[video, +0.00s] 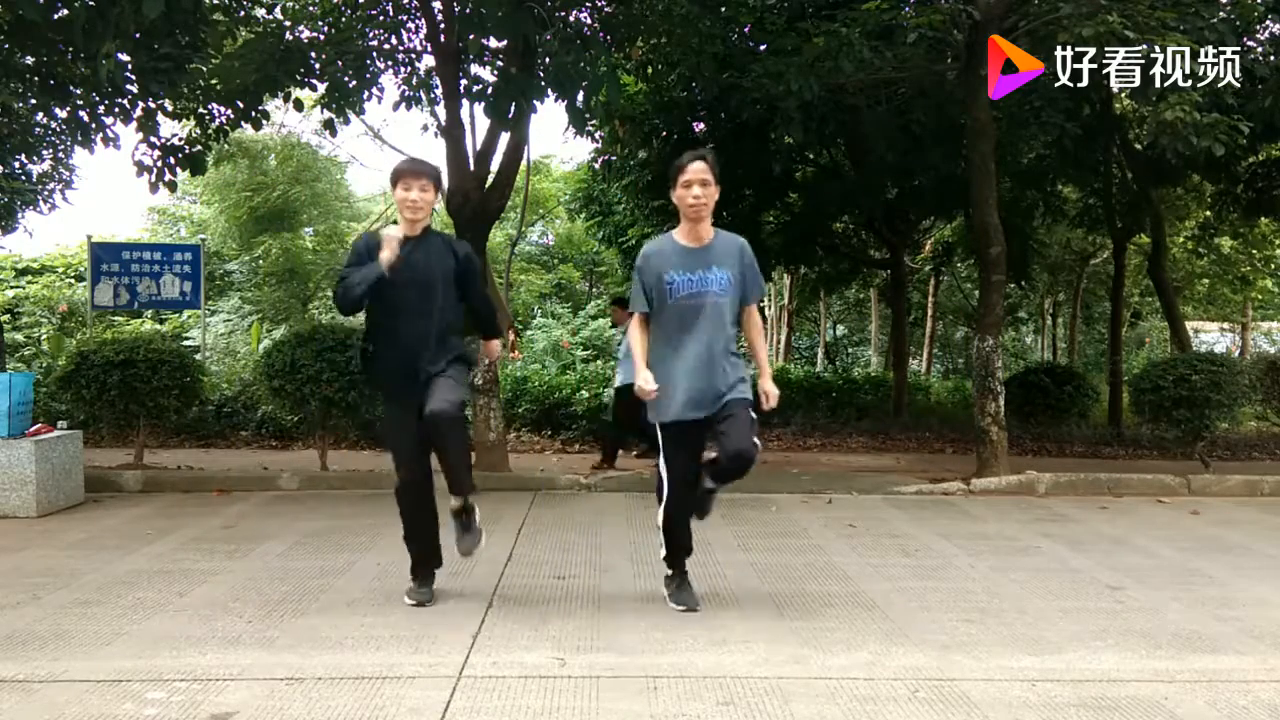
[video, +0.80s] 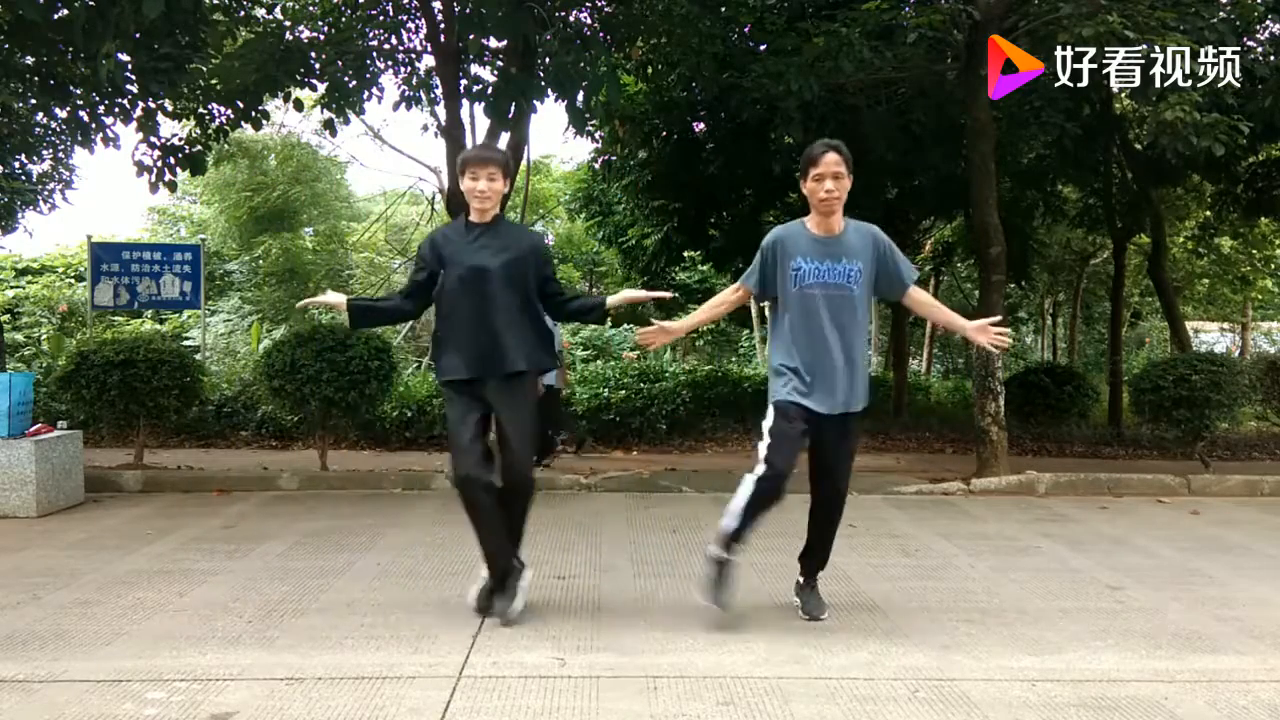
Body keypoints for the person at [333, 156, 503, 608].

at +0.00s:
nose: (414, 197)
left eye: (423, 189)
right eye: (405, 188)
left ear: (436, 197)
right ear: (393, 195)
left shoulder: (456, 252)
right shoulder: (369, 246)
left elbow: (480, 302)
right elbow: (344, 301)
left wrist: (492, 335)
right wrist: (380, 264)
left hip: (447, 363)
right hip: (396, 371)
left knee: (441, 414)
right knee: (409, 477)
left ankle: (462, 503)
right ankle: (422, 570)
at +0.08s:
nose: (420, 190)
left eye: (429, 182)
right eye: (412, 181)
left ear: (442, 189)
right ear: (398, 186)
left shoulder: (463, 244)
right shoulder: (376, 239)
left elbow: (480, 298)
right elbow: (349, 298)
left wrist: (488, 340)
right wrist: (394, 280)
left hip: (452, 362)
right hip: (401, 367)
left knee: (451, 429)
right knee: (411, 464)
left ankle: (466, 535)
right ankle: (422, 563)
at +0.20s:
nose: (434, 211)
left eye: (443, 204)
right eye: (426, 203)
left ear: (455, 210)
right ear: (412, 209)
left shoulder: (474, 262)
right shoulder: (391, 257)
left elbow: (493, 321)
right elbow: (356, 314)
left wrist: (501, 374)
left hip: (464, 387)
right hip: (411, 388)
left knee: (470, 480)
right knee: (411, 481)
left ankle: (465, 585)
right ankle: (415, 554)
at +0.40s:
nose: (455, 185)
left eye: (463, 177)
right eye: (446, 177)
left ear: (478, 184)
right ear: (434, 183)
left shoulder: (499, 241)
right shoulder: (409, 237)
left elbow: (531, 298)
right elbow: (365, 286)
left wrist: (563, 348)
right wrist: (323, 338)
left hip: (478, 377)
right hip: (422, 374)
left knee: (472, 487)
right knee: (396, 470)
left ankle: (468, 594)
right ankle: (403, 541)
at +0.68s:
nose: (474, 190)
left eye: (483, 182)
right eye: (465, 182)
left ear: (497, 190)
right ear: (453, 189)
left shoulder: (519, 247)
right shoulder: (434, 247)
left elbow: (545, 308)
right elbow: (400, 306)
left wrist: (598, 314)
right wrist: (339, 308)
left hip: (499, 373)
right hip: (445, 370)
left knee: (483, 476)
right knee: (422, 444)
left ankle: (468, 575)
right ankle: (443, 547)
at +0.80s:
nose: (481, 187)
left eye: (490, 179)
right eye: (472, 179)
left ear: (505, 186)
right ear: (461, 184)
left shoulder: (528, 243)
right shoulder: (440, 243)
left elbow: (558, 303)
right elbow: (407, 303)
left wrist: (613, 302)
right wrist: (347, 304)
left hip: (518, 374)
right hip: (460, 377)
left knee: (519, 475)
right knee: (467, 474)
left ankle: (497, 570)